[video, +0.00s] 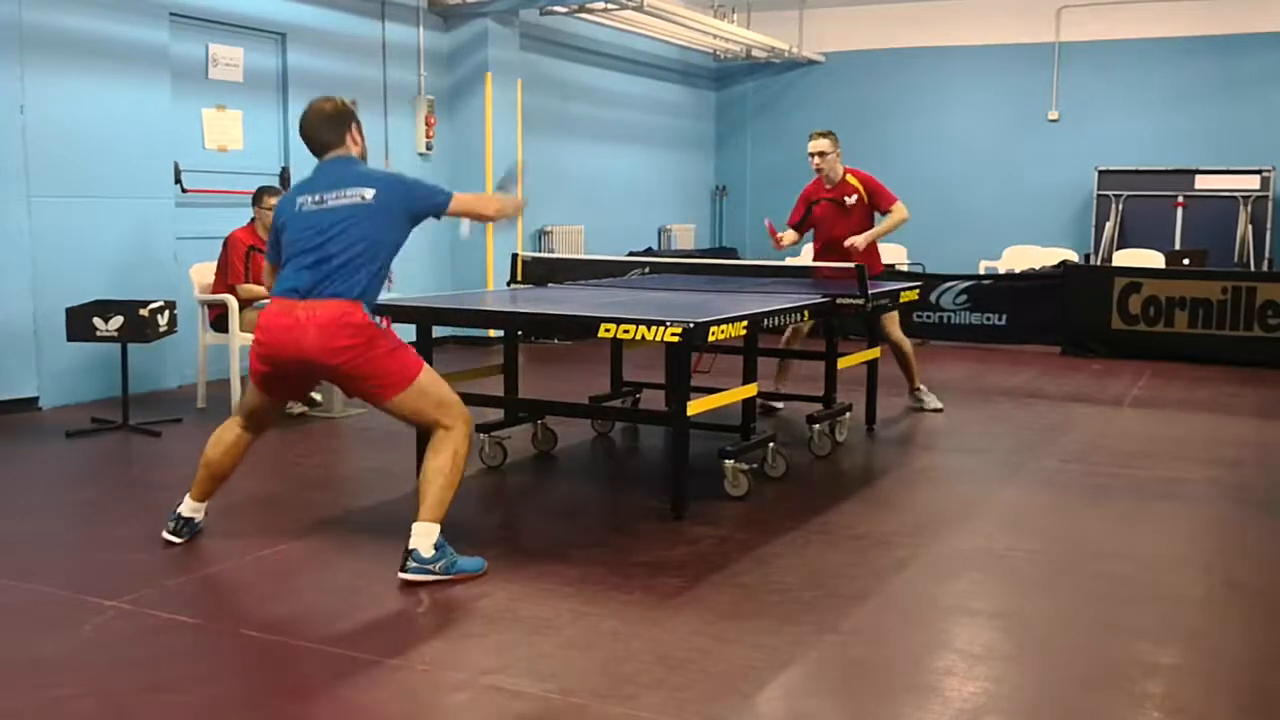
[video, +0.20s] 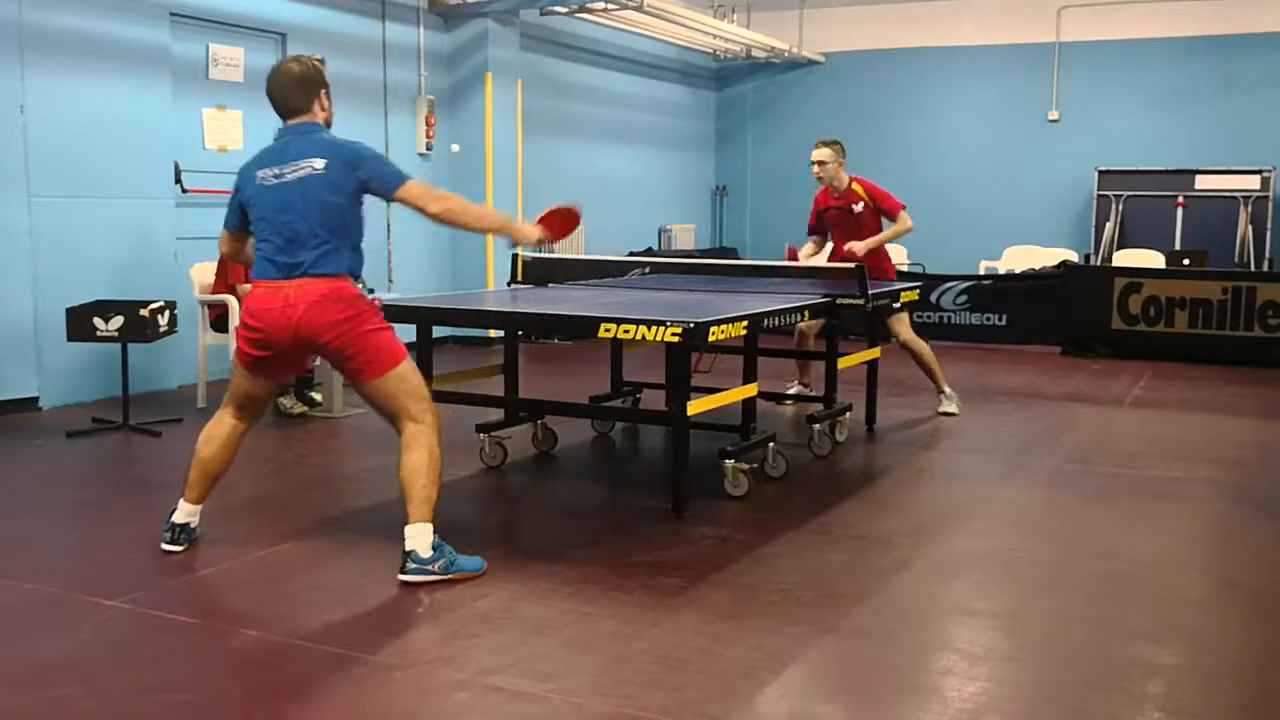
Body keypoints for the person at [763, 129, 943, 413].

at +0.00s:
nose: (816, 162)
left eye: (821, 155)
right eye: (812, 156)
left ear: (837, 155)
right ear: (809, 159)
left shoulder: (862, 183)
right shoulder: (811, 192)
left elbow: (900, 213)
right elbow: (796, 231)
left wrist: (867, 236)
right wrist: (783, 239)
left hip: (868, 279)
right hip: (825, 280)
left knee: (894, 335)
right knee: (795, 330)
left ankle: (916, 388)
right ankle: (777, 390)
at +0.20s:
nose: (815, 170)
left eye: (821, 164)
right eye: (813, 165)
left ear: (840, 164)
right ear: (814, 166)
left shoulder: (865, 190)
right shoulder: (821, 199)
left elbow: (906, 223)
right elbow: (817, 238)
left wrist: (867, 244)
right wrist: (803, 254)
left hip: (879, 279)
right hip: (839, 279)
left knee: (905, 337)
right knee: (804, 329)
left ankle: (945, 392)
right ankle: (803, 384)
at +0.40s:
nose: (783, 163)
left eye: (788, 157)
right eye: (783, 157)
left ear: (806, 160)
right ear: (802, 161)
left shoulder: (836, 186)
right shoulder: (803, 193)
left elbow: (872, 220)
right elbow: (823, 233)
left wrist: (840, 252)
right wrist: (810, 260)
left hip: (858, 275)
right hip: (824, 273)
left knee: (888, 331)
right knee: (793, 325)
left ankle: (942, 385)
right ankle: (803, 384)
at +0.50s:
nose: (774, 145)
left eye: (778, 139)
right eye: (774, 139)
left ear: (795, 142)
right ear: (789, 143)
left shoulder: (823, 169)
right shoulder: (797, 177)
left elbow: (855, 204)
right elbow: (814, 218)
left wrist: (823, 233)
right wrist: (799, 242)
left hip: (839, 263)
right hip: (811, 263)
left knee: (857, 325)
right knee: (792, 319)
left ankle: (907, 377)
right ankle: (803, 382)